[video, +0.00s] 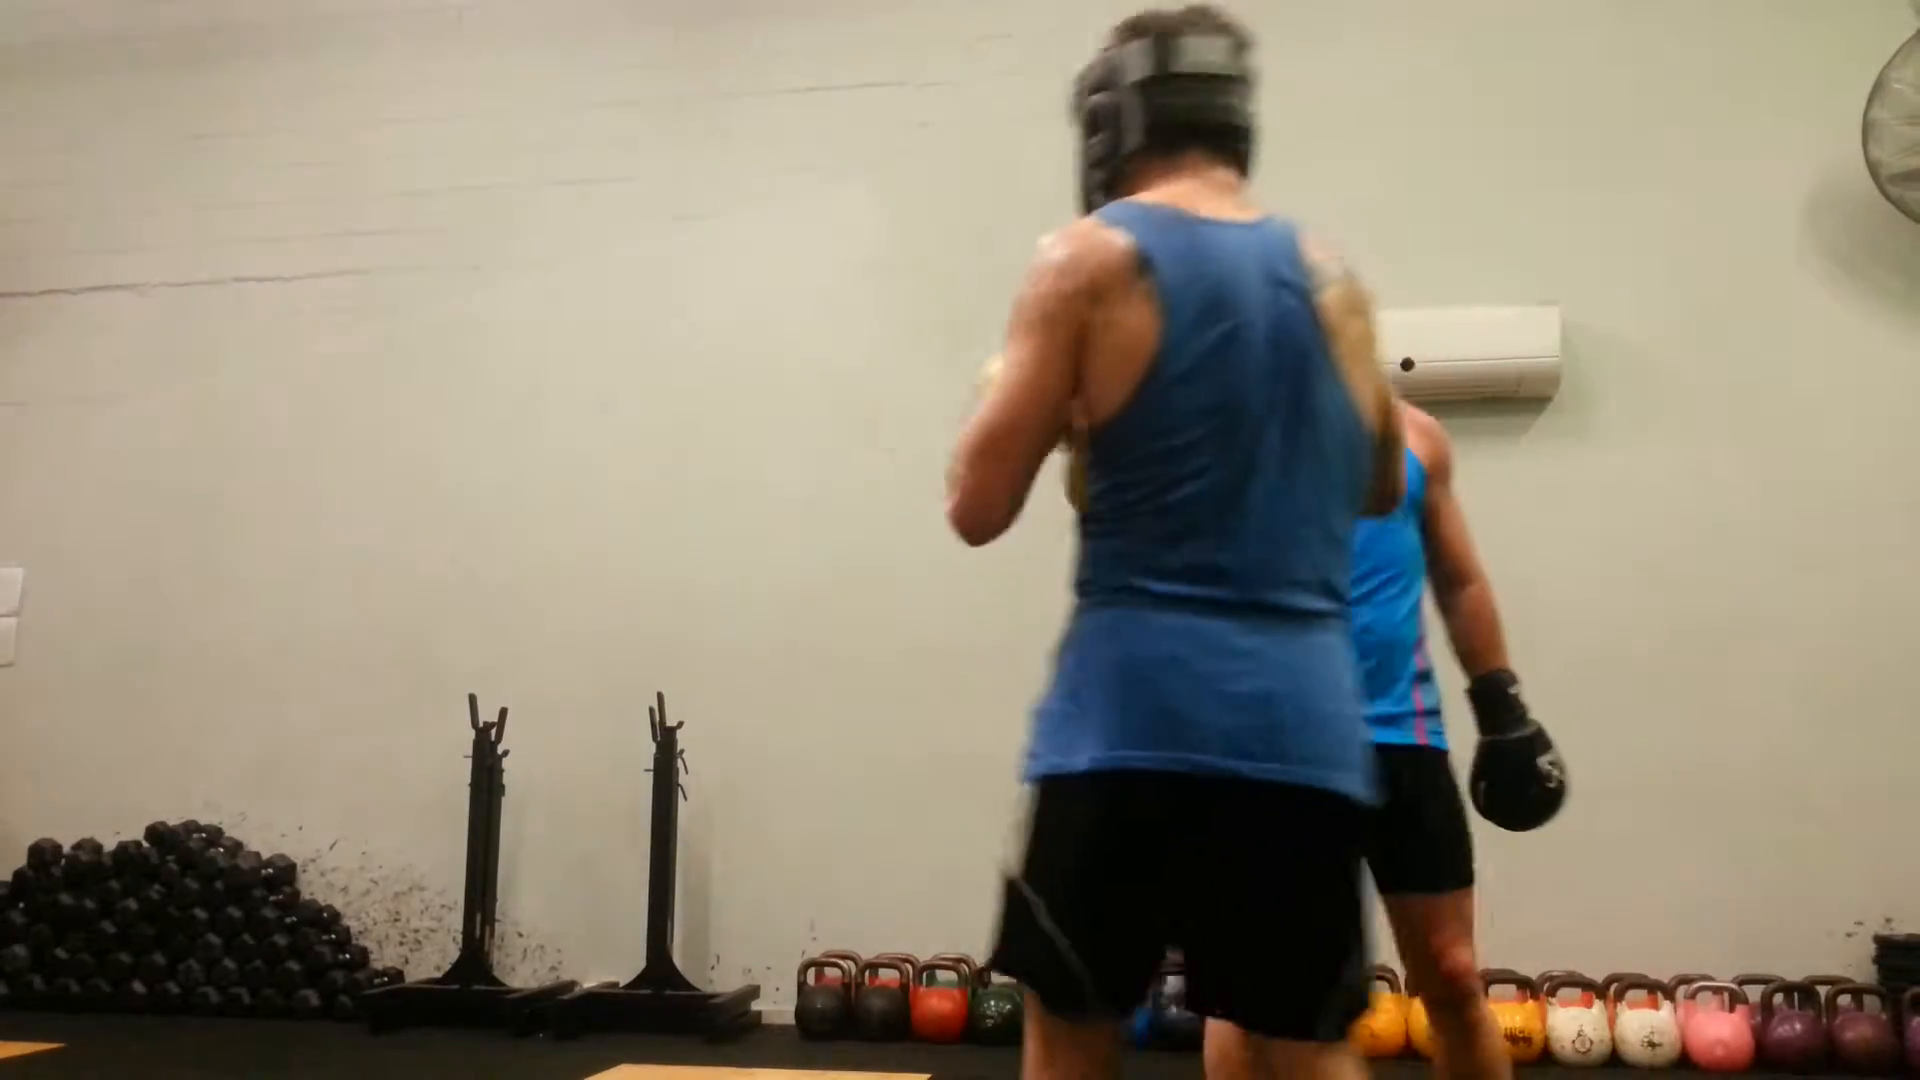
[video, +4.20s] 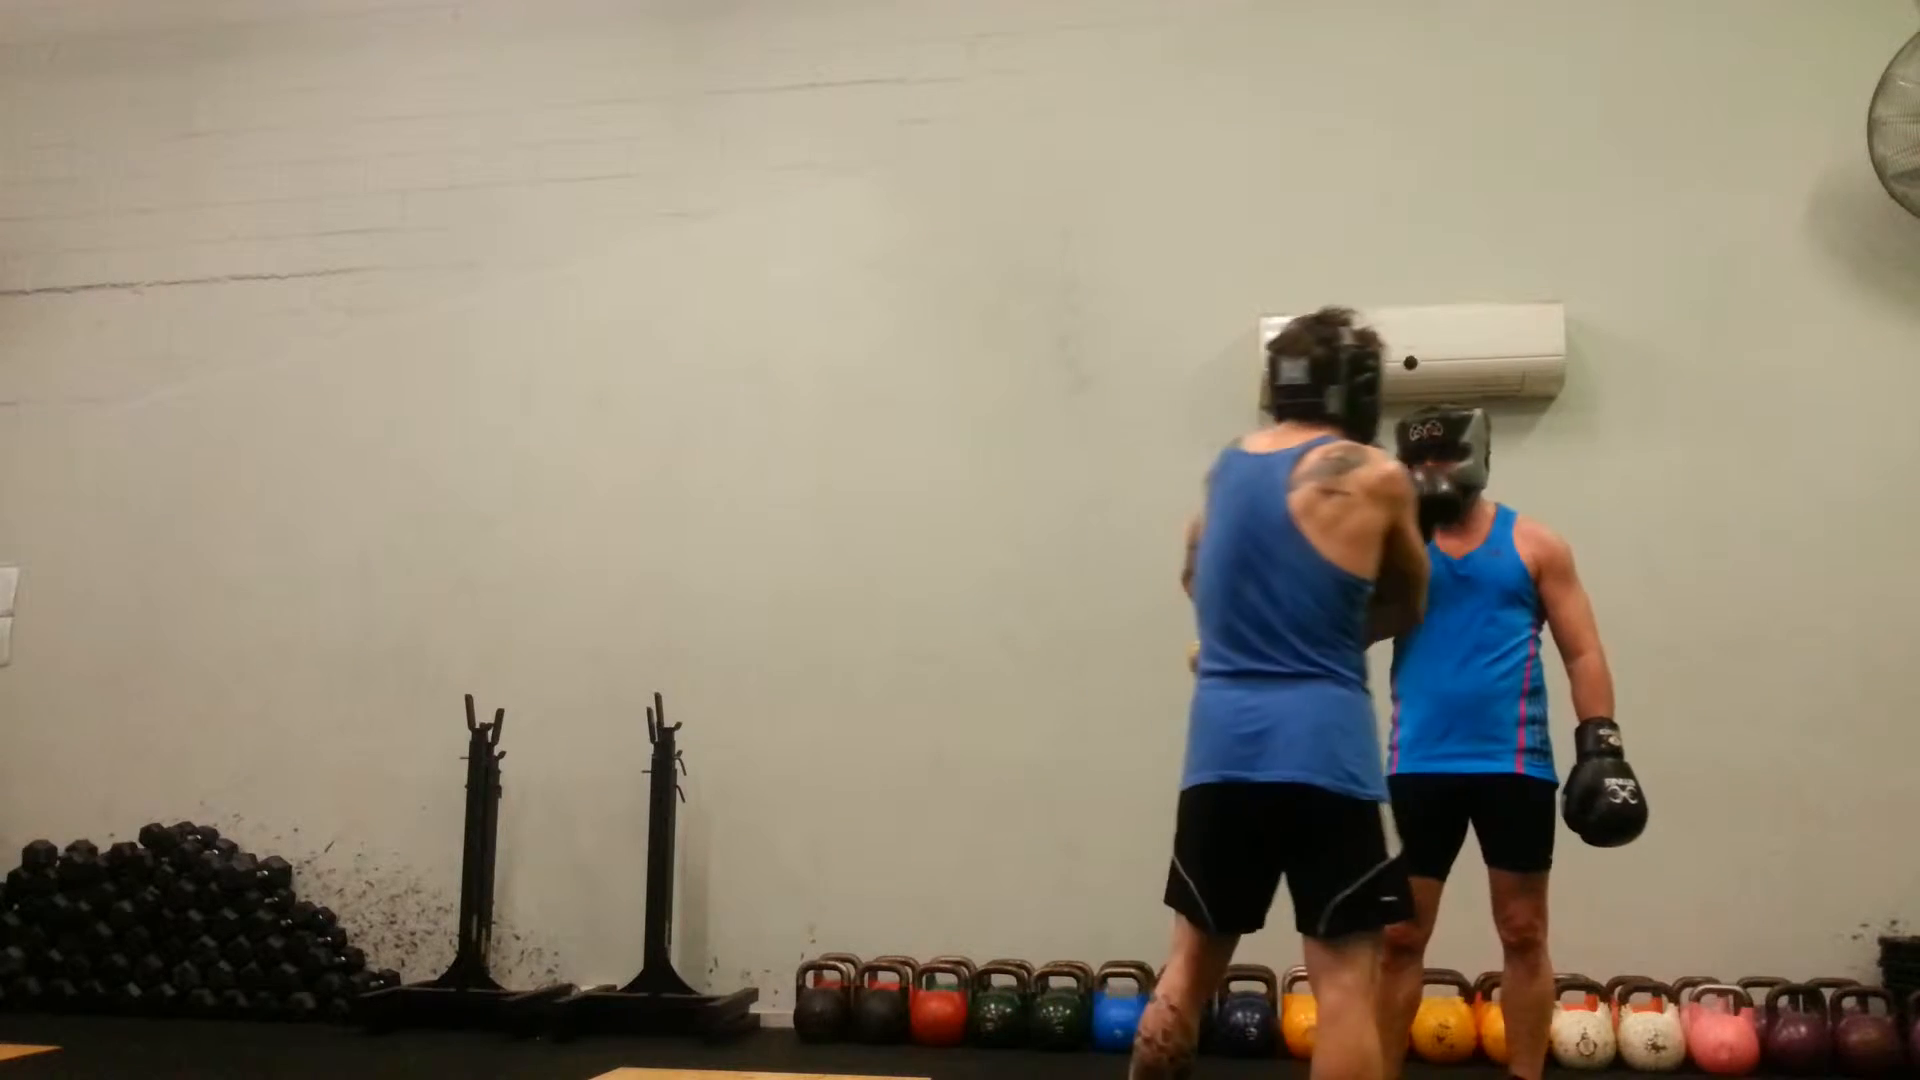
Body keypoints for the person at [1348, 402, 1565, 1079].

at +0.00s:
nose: (1324, 336)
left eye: (1339, 311)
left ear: (1359, 323)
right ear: (1271, 346)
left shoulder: (1410, 437)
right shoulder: (1244, 442)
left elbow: (1459, 581)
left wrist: (1502, 712)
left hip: (1398, 734)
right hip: (1275, 741)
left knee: (1451, 975)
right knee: (1250, 992)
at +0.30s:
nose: (1356, 324)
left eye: (1374, 304)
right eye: (1336, 312)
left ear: (1417, 308)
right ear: (1317, 330)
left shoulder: (1495, 434)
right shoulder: (1293, 443)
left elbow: (1568, 577)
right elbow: (1247, 600)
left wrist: (1619, 700)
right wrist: (1210, 729)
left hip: (1479, 736)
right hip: (1347, 738)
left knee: (1501, 966)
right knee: (1321, 971)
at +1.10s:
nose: (1334, 369)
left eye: (1352, 348)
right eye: (1324, 358)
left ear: (1406, 347)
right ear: (1321, 374)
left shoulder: (1473, 460)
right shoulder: (1316, 483)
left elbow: (1523, 603)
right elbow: (1288, 613)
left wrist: (1503, 734)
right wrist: (1243, 703)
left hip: (1447, 759)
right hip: (1339, 757)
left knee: (1478, 967)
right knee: (1361, 962)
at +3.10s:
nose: (1323, 464)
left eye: (1336, 447)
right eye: (1308, 454)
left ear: (1366, 449)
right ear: (1294, 467)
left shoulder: (1424, 533)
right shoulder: (1281, 555)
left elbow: (1482, 636)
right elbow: (1251, 665)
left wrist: (1481, 725)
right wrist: (1220, 754)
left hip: (1424, 762)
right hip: (1332, 769)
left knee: (1471, 927)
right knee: (1349, 930)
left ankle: (1507, 1075)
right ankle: (1367, 1073)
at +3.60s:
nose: (1366, 472)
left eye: (1378, 456)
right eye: (1350, 464)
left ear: (1409, 454)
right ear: (1337, 475)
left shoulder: (1472, 537)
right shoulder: (1332, 561)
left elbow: (1531, 637)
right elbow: (1315, 658)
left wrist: (1555, 737)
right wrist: (1308, 702)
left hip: (1464, 767)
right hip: (1371, 770)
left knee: (1492, 933)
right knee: (1371, 932)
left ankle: (1515, 1074)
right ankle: (1374, 1074)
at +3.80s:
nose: (1394, 467)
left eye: (1407, 452)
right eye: (1378, 458)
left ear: (1438, 453)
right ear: (1364, 471)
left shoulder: (1499, 538)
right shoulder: (1357, 555)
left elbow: (1554, 641)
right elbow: (1326, 667)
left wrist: (1570, 738)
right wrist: (1340, 617)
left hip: (1486, 766)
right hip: (1393, 768)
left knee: (1507, 933)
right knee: (1383, 932)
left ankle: (1521, 1074)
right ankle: (1378, 1075)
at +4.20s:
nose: (1434, 474)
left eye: (1447, 460)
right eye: (1421, 462)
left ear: (1478, 463)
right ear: (1404, 469)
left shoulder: (1533, 545)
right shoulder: (1399, 548)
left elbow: (1583, 652)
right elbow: (1351, 624)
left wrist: (1600, 749)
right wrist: (1396, 510)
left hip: (1515, 766)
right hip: (1420, 767)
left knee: (1523, 934)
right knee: (1398, 940)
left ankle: (1527, 1073)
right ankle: (1382, 1075)